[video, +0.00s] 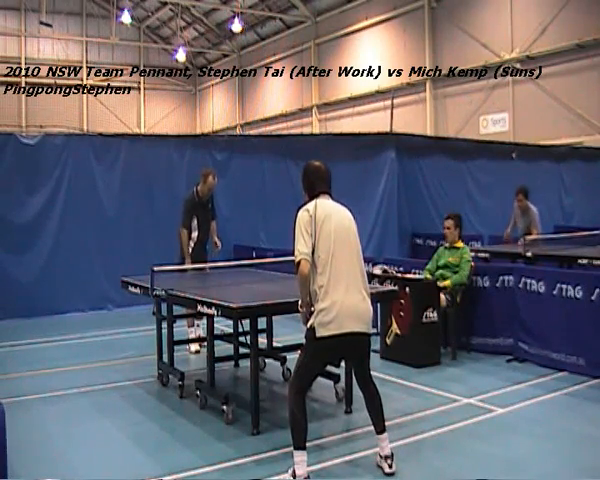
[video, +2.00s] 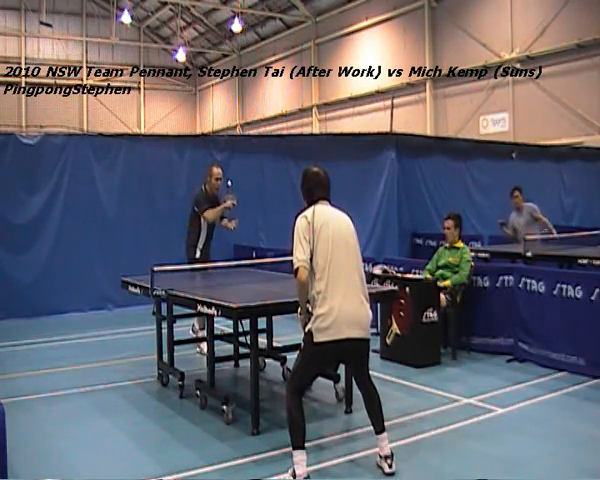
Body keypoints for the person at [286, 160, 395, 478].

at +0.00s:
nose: (302, 189)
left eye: (303, 184)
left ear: (306, 186)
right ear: (330, 185)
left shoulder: (307, 213)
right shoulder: (346, 213)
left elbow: (303, 266)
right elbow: (356, 264)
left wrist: (304, 301)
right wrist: (324, 298)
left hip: (329, 321)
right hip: (361, 318)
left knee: (297, 389)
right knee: (365, 378)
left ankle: (300, 467)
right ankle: (386, 451)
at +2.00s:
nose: (302, 195)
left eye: (302, 190)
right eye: (308, 189)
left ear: (304, 192)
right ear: (328, 191)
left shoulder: (305, 220)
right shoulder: (346, 219)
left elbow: (302, 272)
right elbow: (355, 268)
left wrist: (303, 307)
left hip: (327, 326)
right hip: (360, 323)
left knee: (294, 390)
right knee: (363, 379)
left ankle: (299, 466)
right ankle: (385, 451)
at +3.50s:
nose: (383, 178)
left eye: (380, 174)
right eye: (395, 174)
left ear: (377, 177)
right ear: (401, 177)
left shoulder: (368, 211)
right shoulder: (410, 211)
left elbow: (354, 258)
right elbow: (424, 257)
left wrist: (366, 287)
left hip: (380, 299)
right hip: (408, 300)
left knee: (396, 361)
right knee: (416, 363)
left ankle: (408, 419)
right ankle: (397, 410)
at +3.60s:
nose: (380, 180)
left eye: (378, 175)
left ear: (376, 178)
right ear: (400, 178)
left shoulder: (368, 212)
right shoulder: (411, 212)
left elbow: (354, 262)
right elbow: (425, 259)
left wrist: (367, 289)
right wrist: (421, 273)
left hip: (381, 301)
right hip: (409, 301)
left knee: (397, 362)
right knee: (416, 364)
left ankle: (408, 421)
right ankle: (400, 407)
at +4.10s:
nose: (354, 157)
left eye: (354, 152)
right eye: (361, 149)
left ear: (357, 154)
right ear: (381, 154)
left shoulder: (356, 185)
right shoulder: (397, 190)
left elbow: (350, 234)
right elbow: (409, 247)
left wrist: (354, 274)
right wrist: (390, 271)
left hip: (367, 298)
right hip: (397, 297)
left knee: (351, 360)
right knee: (390, 370)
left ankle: (359, 433)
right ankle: (388, 443)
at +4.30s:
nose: (340, 154)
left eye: (340, 149)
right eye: (345, 147)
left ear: (345, 150)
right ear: (369, 150)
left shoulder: (343, 182)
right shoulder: (385, 189)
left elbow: (336, 233)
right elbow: (396, 245)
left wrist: (340, 273)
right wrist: (377, 269)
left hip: (354, 297)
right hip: (385, 298)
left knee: (325, 365)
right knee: (382, 370)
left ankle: (319, 445)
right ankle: (387, 444)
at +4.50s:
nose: (322, 169)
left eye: (322, 164)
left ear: (324, 166)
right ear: (348, 166)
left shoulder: (320, 194)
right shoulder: (363, 200)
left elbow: (311, 245)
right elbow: (373, 255)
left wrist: (316, 284)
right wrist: (353, 281)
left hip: (331, 309)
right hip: (363, 308)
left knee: (308, 385)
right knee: (372, 374)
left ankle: (299, 463)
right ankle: (386, 445)